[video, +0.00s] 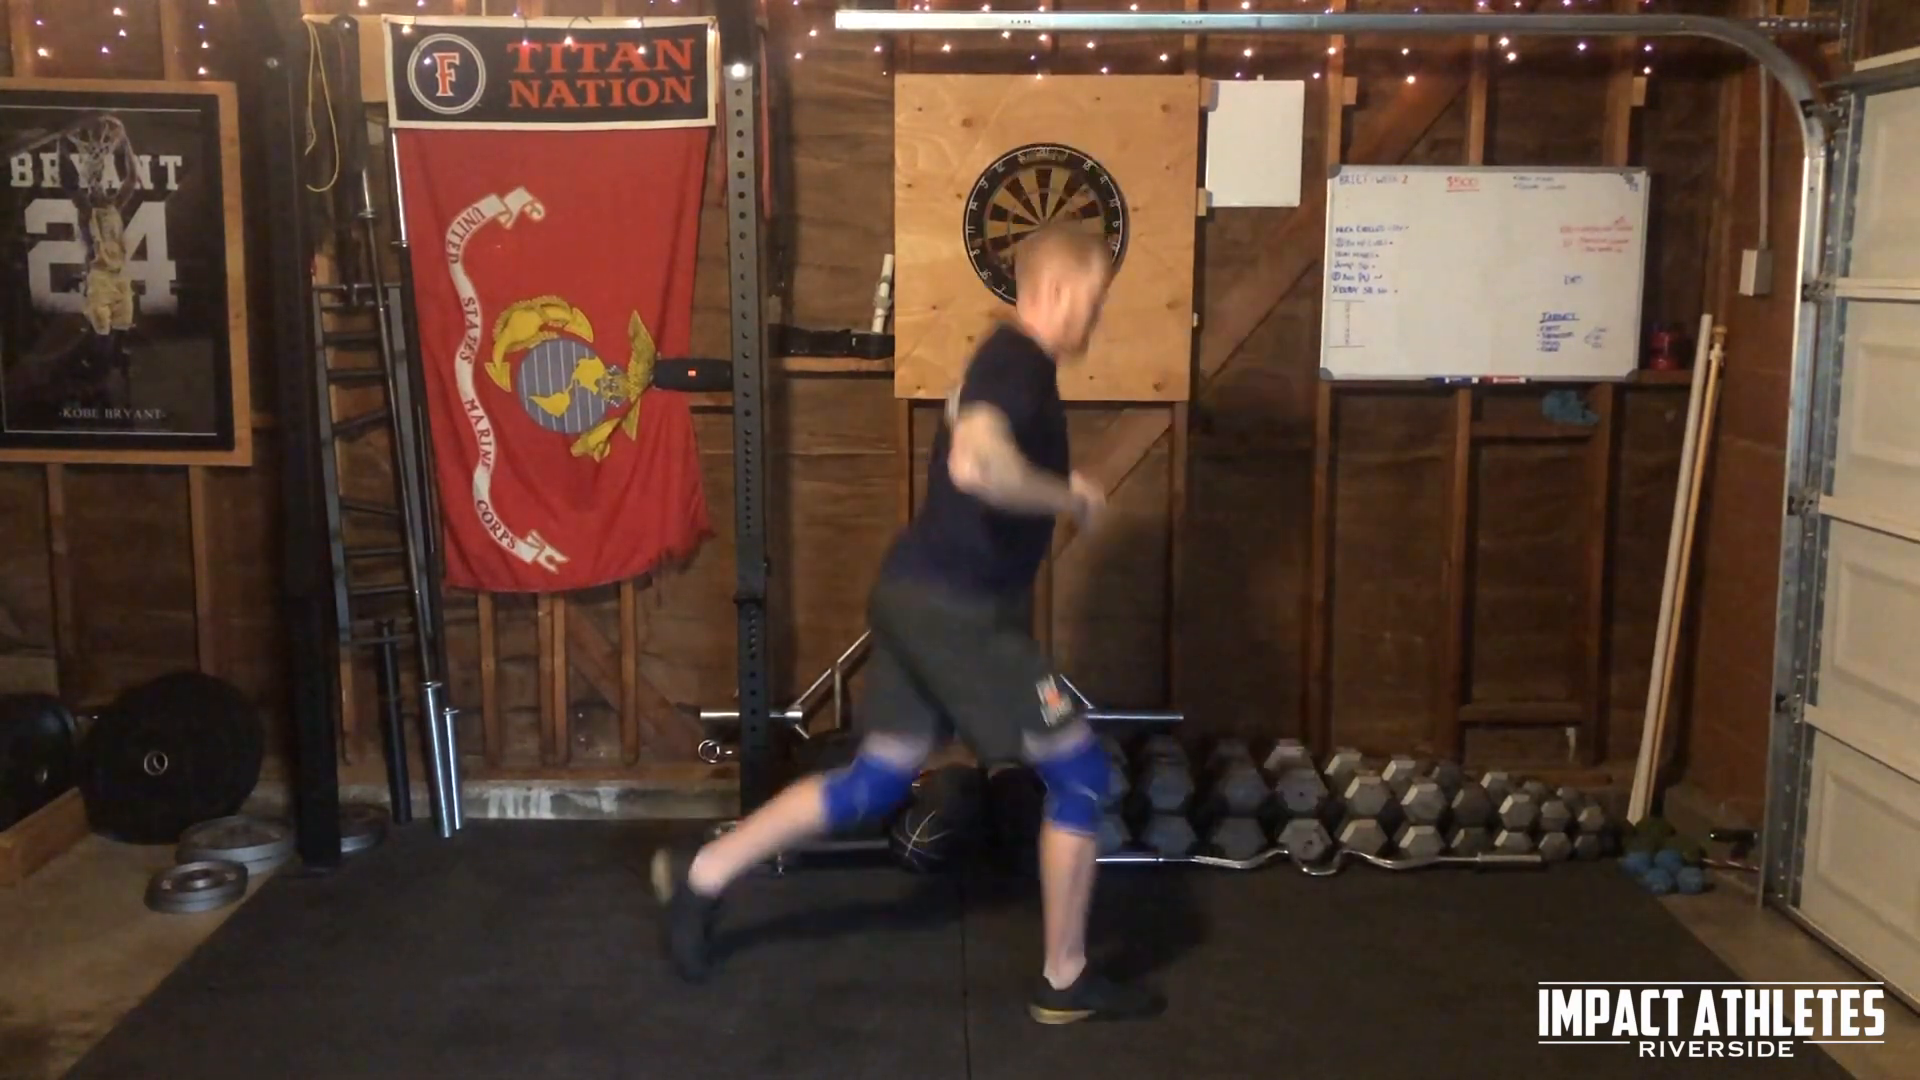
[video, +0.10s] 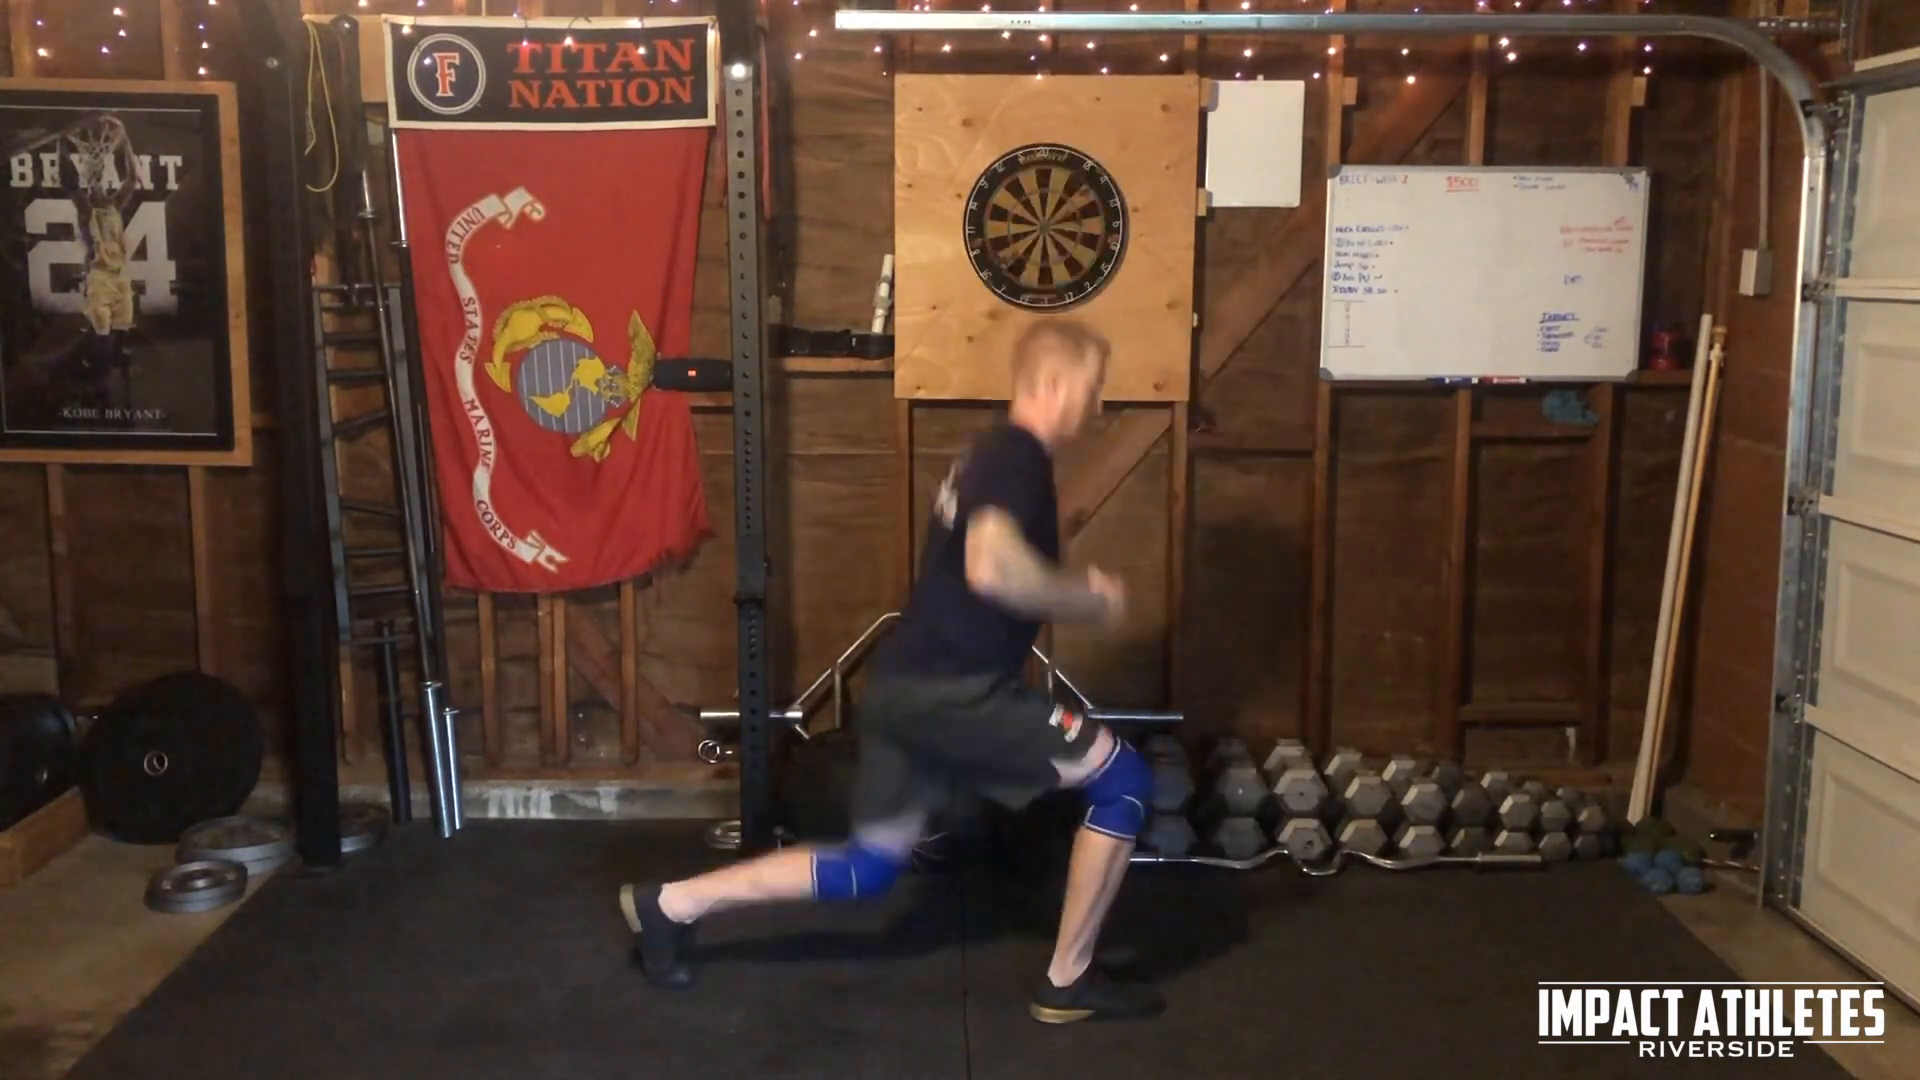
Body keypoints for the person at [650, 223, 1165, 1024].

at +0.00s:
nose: (1098, 314)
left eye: (1100, 298)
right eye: (1093, 297)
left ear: (1041, 289)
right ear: (1053, 290)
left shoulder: (1010, 356)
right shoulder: (1014, 361)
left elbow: (961, 420)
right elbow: (978, 461)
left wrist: (1048, 484)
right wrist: (1070, 496)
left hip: (922, 599)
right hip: (951, 607)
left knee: (873, 782)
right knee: (1079, 769)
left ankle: (699, 873)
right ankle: (1066, 977)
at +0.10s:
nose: (1096, 406)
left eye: (1098, 391)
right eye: (1093, 390)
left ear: (1031, 382)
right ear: (1058, 387)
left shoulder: (986, 456)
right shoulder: (1016, 458)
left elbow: (971, 568)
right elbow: (993, 568)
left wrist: (1066, 581)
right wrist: (1091, 597)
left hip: (904, 689)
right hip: (950, 693)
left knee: (869, 866)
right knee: (1122, 783)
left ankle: (669, 904)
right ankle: (1069, 976)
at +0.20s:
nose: (1094, 466)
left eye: (1095, 452)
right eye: (1089, 451)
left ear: (1034, 445)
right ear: (1050, 447)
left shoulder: (989, 513)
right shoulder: (1016, 520)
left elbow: (973, 648)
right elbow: (1000, 650)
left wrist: (1046, 698)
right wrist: (1098, 673)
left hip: (900, 741)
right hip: (946, 743)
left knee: (873, 921)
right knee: (1130, 787)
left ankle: (673, 904)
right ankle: (1069, 982)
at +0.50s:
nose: (1079, 449)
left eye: (1079, 434)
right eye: (1074, 433)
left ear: (1019, 435)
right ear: (1034, 435)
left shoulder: (986, 508)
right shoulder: (1008, 519)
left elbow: (986, 639)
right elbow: (1019, 657)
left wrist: (1046, 697)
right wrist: (1103, 630)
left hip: (915, 739)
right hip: (961, 740)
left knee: (879, 914)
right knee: (1143, 786)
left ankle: (680, 905)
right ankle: (1070, 981)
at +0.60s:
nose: (1080, 378)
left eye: (1081, 362)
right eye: (1075, 362)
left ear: (1021, 363)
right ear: (1036, 362)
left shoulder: (988, 438)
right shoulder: (1015, 446)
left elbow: (992, 546)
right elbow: (1013, 564)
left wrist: (1069, 538)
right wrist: (1094, 541)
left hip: (929, 674)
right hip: (991, 681)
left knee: (883, 834)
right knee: (1139, 784)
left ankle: (686, 899)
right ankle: (1071, 973)